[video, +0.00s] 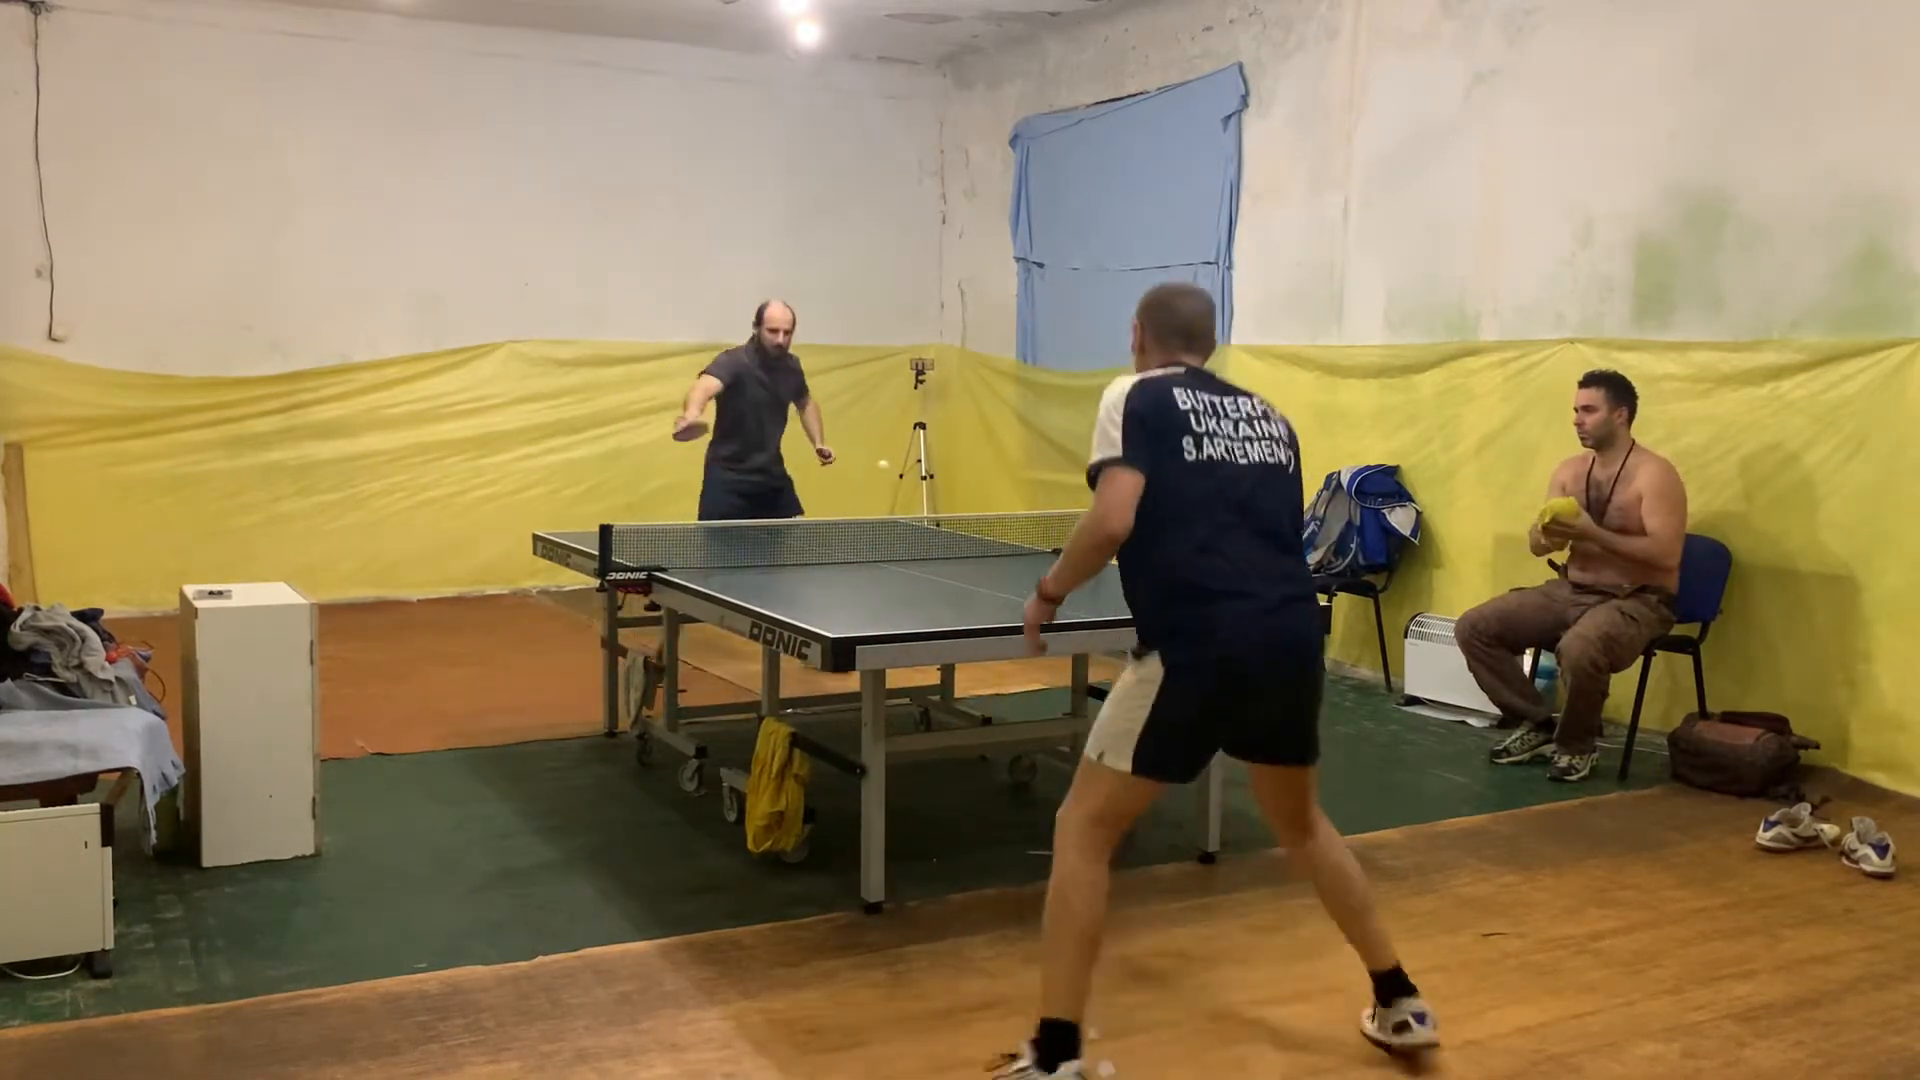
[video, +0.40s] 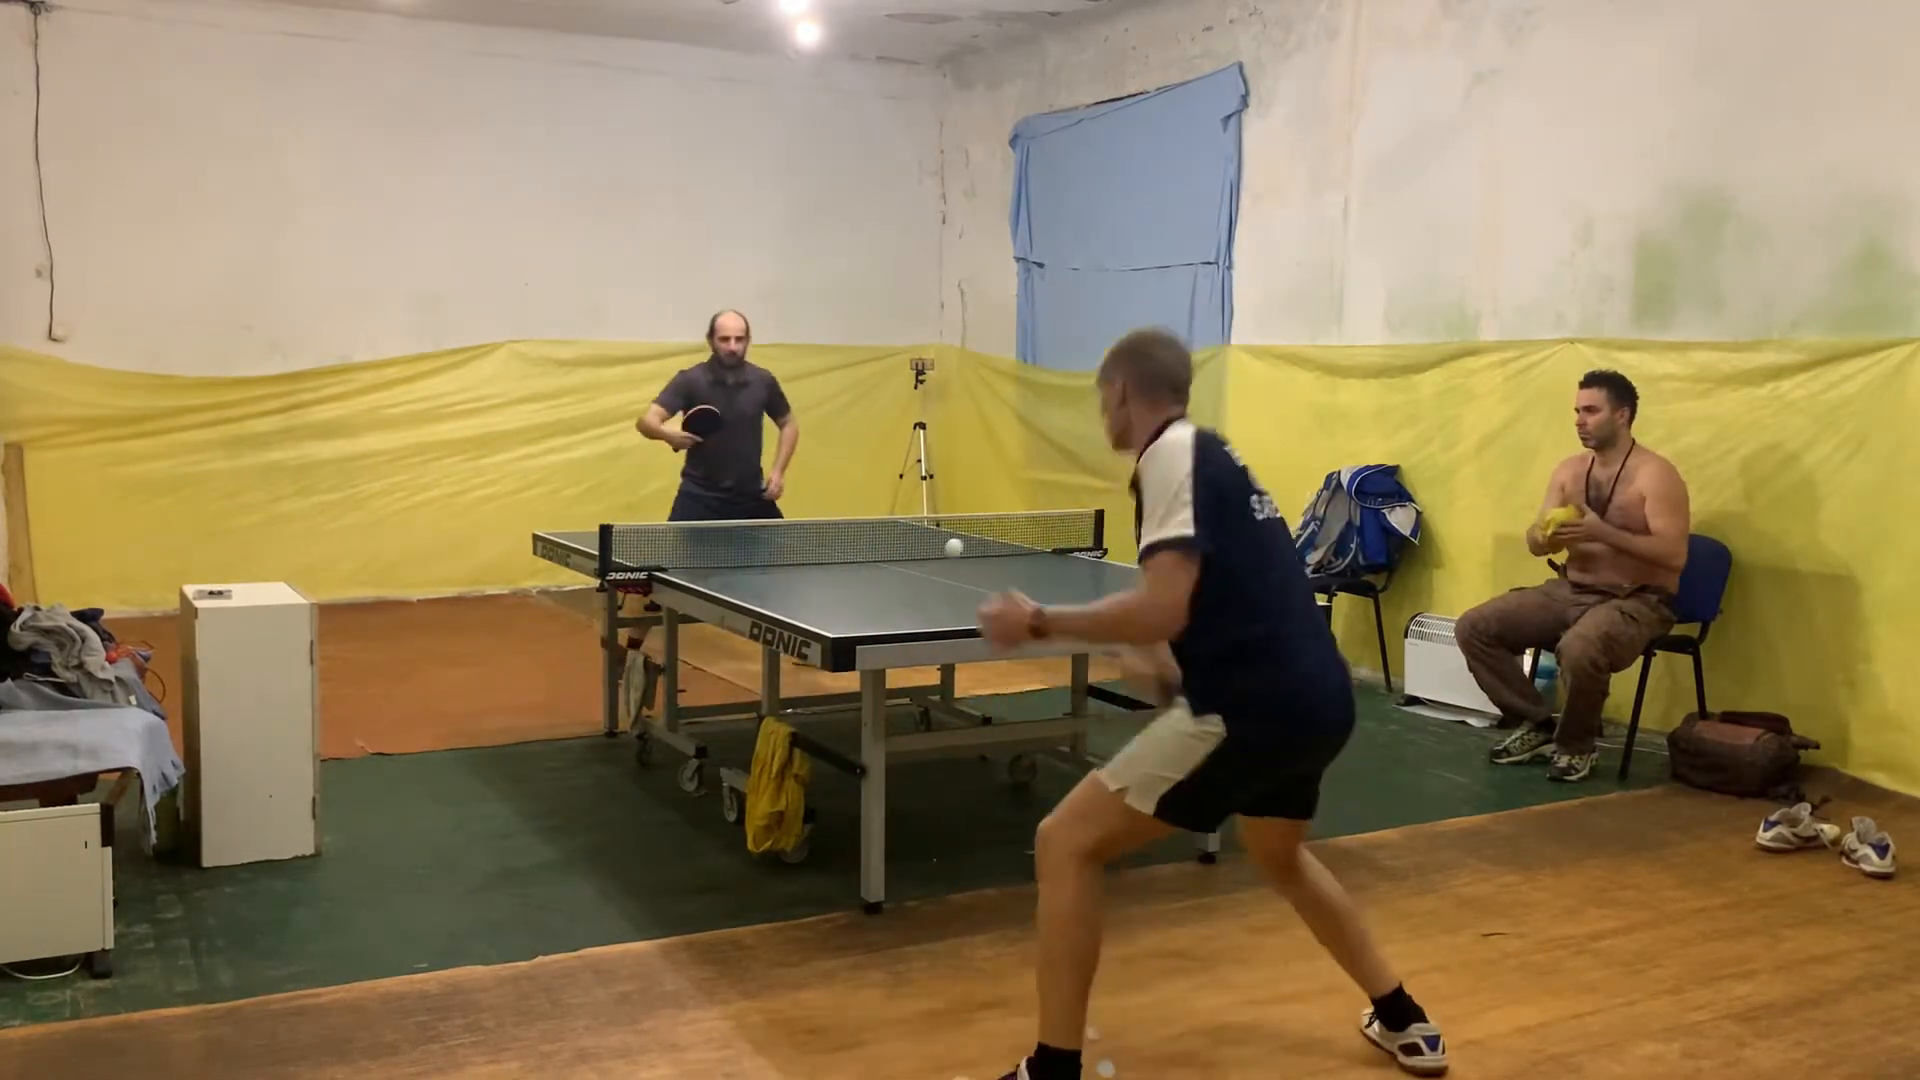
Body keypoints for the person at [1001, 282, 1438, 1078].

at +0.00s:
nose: (1129, 352)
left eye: (1130, 341)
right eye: (1138, 341)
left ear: (1141, 342)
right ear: (1210, 348)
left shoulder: (1134, 394)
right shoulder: (1270, 418)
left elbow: (1114, 520)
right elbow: (1284, 536)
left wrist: (1052, 590)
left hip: (1189, 652)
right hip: (1292, 649)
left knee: (1084, 826)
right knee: (1302, 822)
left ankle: (1056, 1048)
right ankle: (1400, 999)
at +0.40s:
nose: (1102, 416)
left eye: (1102, 399)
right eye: (1101, 401)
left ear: (1123, 393)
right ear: (1178, 393)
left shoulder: (1174, 451)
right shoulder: (1215, 456)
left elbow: (1160, 608)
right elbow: (1248, 620)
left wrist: (1040, 623)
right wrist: (1167, 671)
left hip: (1247, 706)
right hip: (1312, 698)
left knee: (1065, 840)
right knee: (1279, 853)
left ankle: (1054, 1066)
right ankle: (1401, 1016)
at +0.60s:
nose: (1133, 360)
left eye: (1136, 344)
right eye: (1136, 344)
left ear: (1158, 344)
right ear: (1222, 352)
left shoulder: (1155, 438)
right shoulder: (1264, 438)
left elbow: (1062, 588)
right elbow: (1234, 404)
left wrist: (939, 609)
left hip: (1156, 714)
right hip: (1246, 704)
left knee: (1010, 870)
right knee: (1198, 835)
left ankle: (1069, 1071)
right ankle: (1324, 1009)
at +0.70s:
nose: (1134, 350)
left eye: (1137, 335)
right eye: (1137, 334)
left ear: (1155, 338)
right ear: (1220, 344)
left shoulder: (1140, 441)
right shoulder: (1274, 441)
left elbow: (1051, 581)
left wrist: (939, 611)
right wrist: (1327, 431)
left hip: (1146, 712)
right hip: (1242, 703)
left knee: (1015, 872)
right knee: (1200, 837)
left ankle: (1070, 1072)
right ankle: (1320, 1010)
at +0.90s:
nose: (1157, 289)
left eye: (1161, 276)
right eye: (1164, 275)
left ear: (1174, 284)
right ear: (1246, 295)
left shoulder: (1137, 371)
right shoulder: (1303, 386)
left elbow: (1077, 518)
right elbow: (1371, 506)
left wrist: (1011, 566)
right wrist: (1375, 480)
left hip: (1174, 653)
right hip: (1290, 648)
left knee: (1076, 835)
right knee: (1320, 804)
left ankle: (1063, 1055)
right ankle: (1376, 995)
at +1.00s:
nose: (1179, 313)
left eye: (1182, 300)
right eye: (1186, 299)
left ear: (1192, 309)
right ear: (1267, 321)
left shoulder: (1147, 390)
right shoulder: (1320, 406)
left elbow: (1098, 539)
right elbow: (1388, 546)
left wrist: (1061, 611)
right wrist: (1390, 516)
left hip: (1191, 666)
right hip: (1305, 663)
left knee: (1094, 841)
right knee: (1362, 817)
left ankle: (1046, 1059)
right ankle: (1448, 1002)